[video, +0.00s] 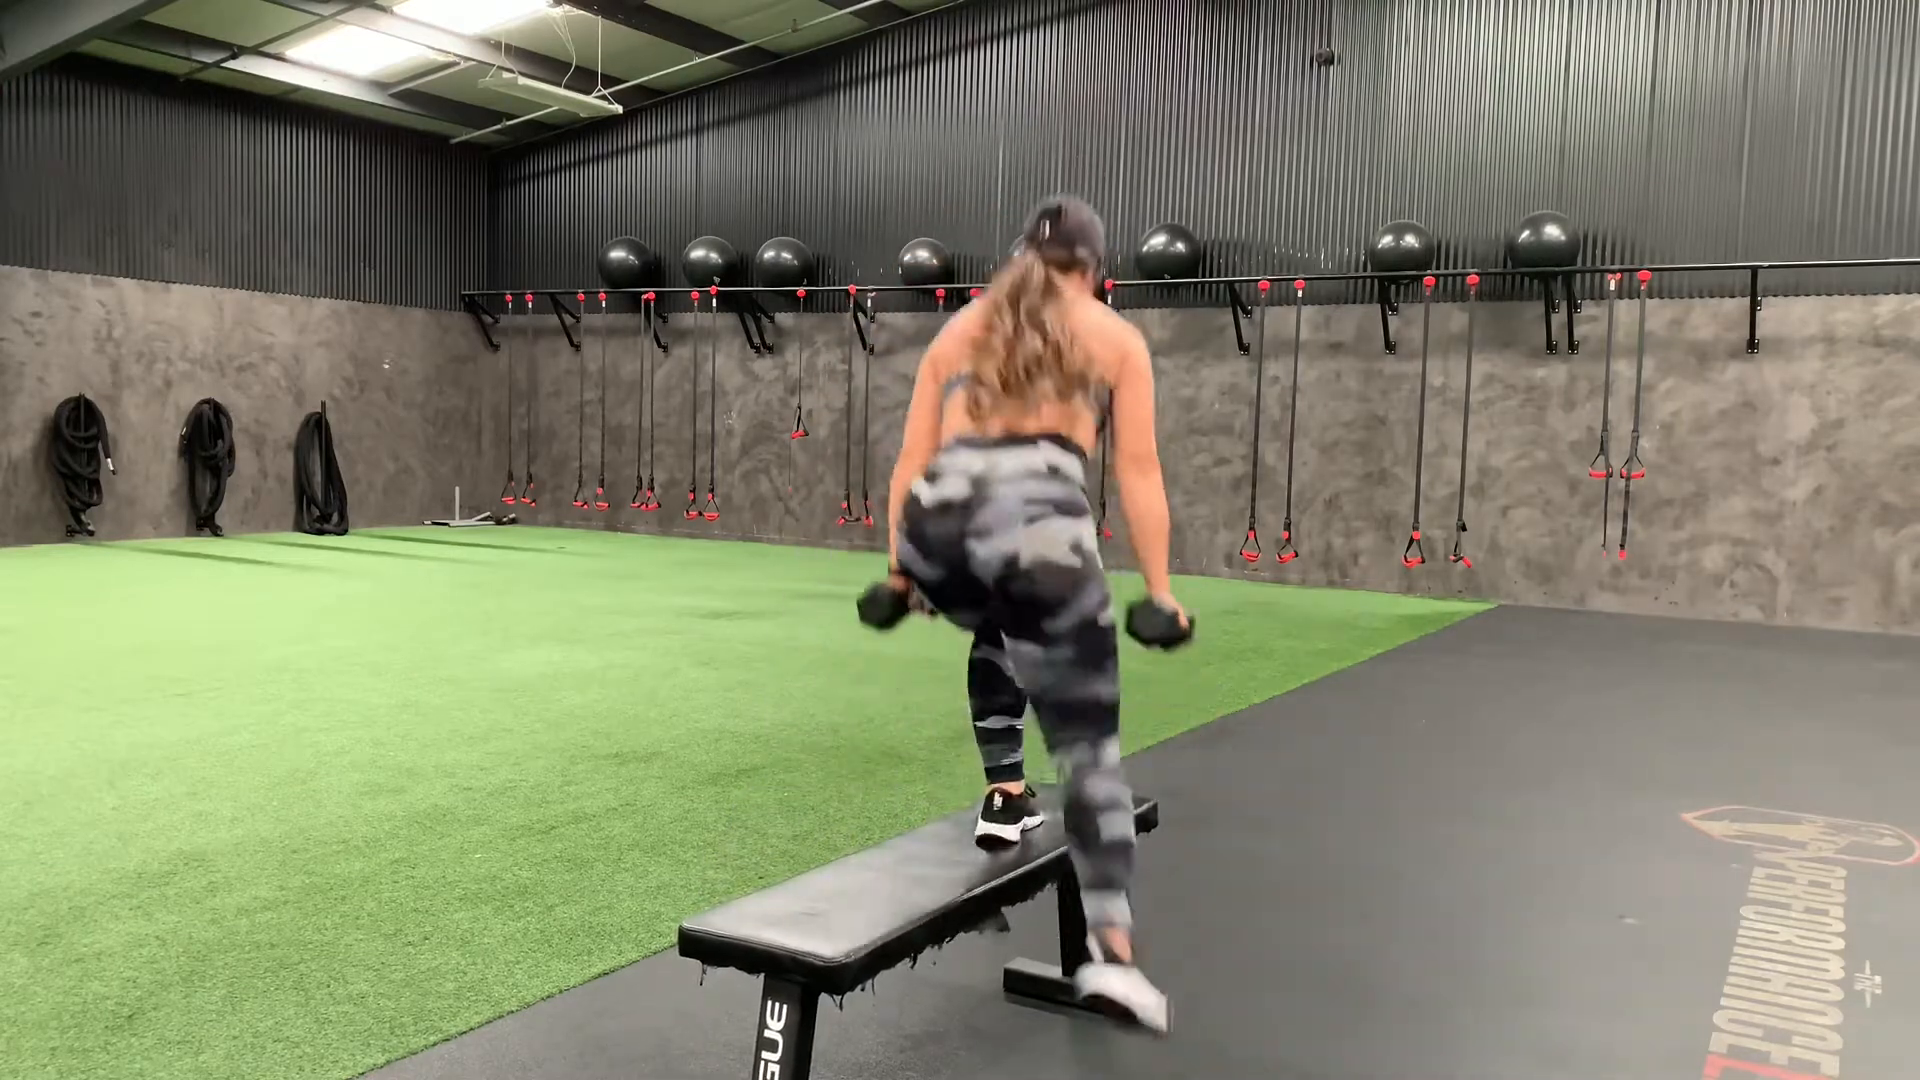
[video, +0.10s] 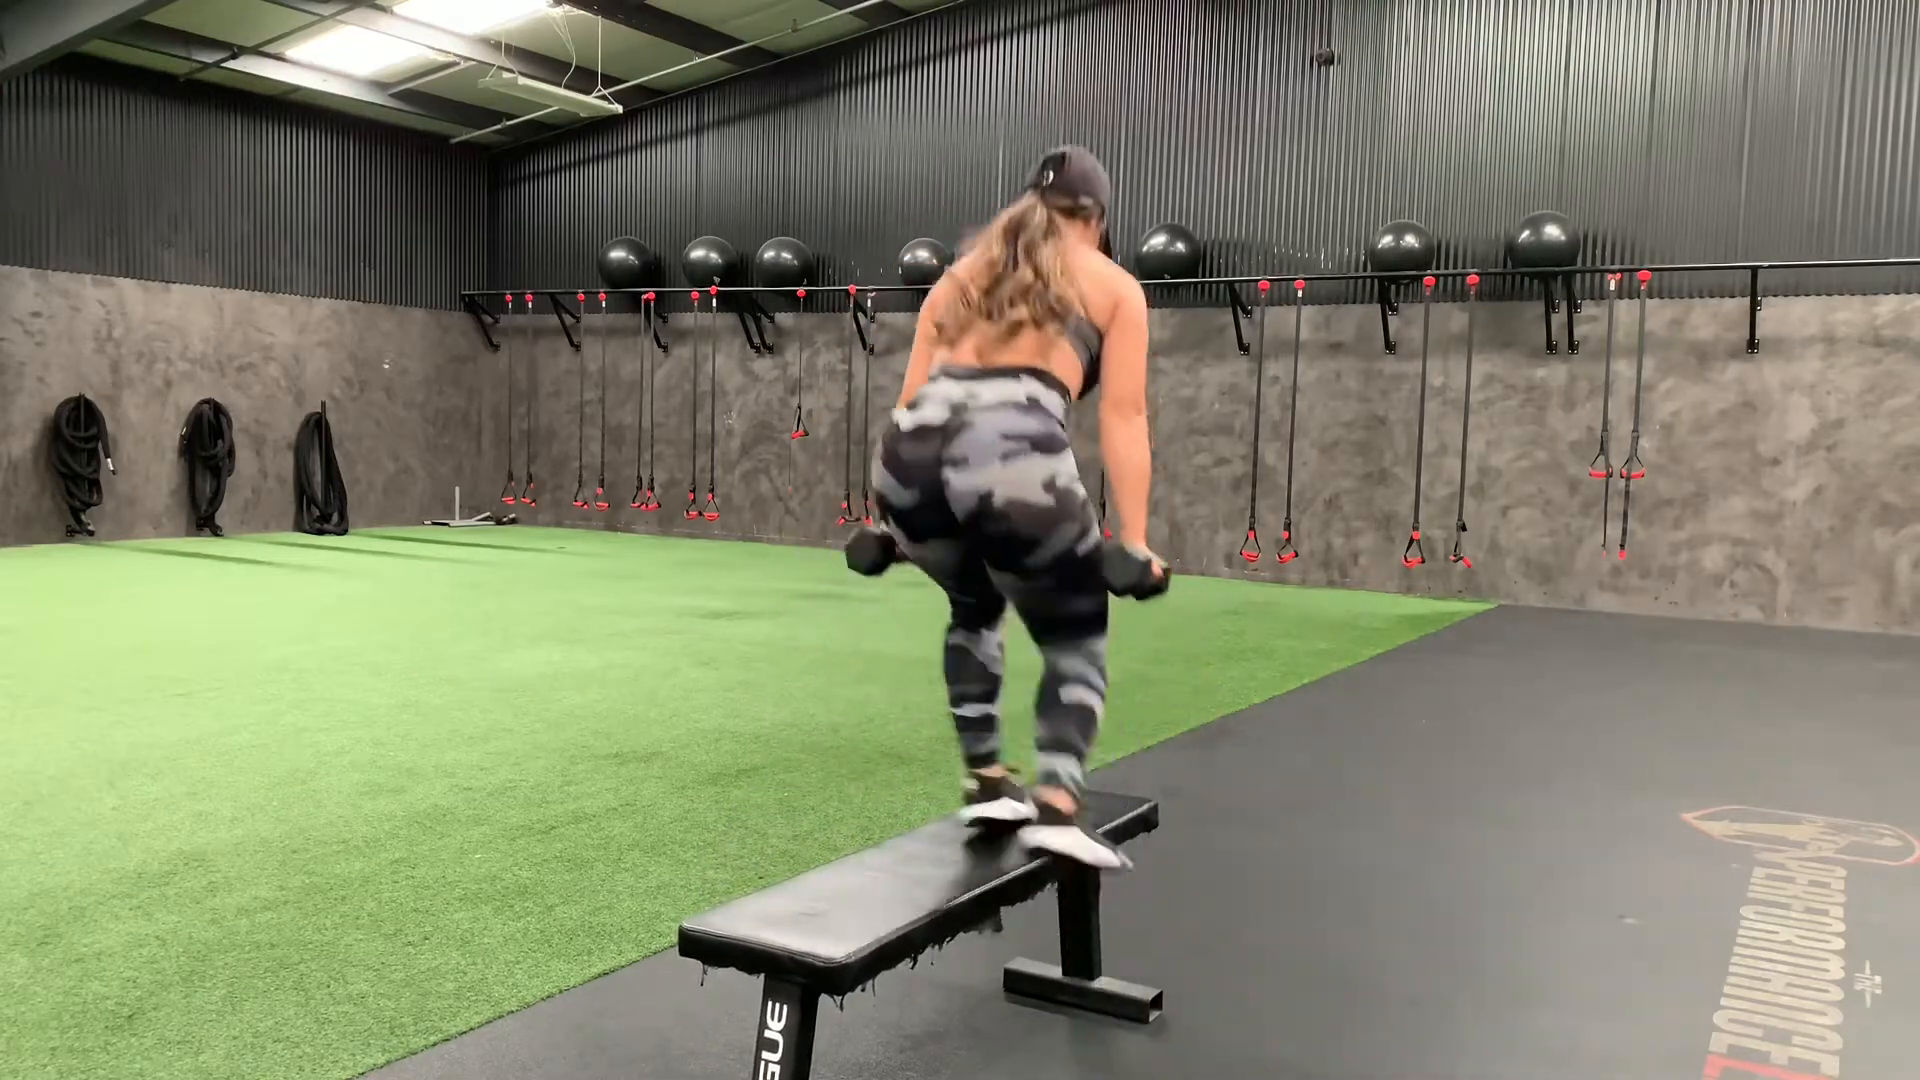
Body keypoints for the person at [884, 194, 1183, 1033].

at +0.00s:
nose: (1097, 285)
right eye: (1102, 273)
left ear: (1022, 257)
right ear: (1095, 270)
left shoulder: (958, 332)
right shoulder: (1117, 338)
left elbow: (915, 459)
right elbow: (1137, 469)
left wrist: (900, 567)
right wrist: (1158, 587)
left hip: (939, 519)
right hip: (1046, 519)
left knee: (990, 619)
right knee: (1088, 745)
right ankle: (1109, 944)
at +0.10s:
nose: (1099, 236)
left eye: (1095, 224)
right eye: (1099, 224)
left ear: (1027, 210)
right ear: (1091, 220)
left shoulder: (959, 274)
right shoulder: (1111, 284)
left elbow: (912, 399)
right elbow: (1124, 416)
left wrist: (886, 515)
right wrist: (1132, 537)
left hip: (914, 462)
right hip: (1018, 458)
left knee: (973, 606)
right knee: (1072, 636)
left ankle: (985, 778)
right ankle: (1056, 801)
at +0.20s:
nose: (1097, 233)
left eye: (1097, 221)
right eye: (1096, 220)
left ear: (1024, 205)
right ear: (1084, 212)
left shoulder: (959, 256)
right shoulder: (1102, 270)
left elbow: (904, 375)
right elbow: (1105, 400)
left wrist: (886, 502)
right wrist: (1110, 527)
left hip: (896, 425)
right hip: (997, 427)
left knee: (950, 587)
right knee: (1062, 594)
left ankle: (889, 759)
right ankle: (1004, 771)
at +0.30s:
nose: (1088, 267)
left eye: (1088, 256)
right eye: (1089, 255)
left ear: (1018, 235)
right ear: (1080, 246)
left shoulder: (951, 285)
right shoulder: (1090, 299)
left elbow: (902, 406)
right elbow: (1089, 431)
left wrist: (854, 531)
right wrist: (1090, 555)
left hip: (882, 464)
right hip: (983, 469)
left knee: (897, 646)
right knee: (1041, 622)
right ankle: (972, 796)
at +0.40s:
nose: (1081, 329)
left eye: (1079, 315)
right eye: (1080, 315)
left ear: (1007, 302)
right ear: (1073, 314)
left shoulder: (941, 356)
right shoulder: (1081, 377)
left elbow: (890, 479)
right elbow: (1073, 510)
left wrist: (836, 599)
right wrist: (1075, 636)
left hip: (862, 551)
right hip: (956, 554)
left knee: (833, 748)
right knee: (1050, 637)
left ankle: (747, 912)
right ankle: (974, 803)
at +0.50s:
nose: (1059, 412)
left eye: (1058, 400)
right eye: (1060, 400)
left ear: (990, 384)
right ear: (1047, 397)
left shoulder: (920, 443)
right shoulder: (1048, 465)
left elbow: (881, 577)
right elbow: (1053, 607)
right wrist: (1064, 736)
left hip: (842, 665)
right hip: (936, 671)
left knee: (813, 856)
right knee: (1038, 664)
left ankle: (700, 1022)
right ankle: (974, 803)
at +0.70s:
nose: (1080, 350)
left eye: (1079, 340)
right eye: (1081, 339)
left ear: (1008, 326)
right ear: (1071, 336)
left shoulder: (946, 385)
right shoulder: (1084, 405)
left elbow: (891, 494)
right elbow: (1088, 539)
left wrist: (834, 608)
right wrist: (1086, 666)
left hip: (855, 588)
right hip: (945, 598)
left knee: (814, 783)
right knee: (1061, 639)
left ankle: (730, 964)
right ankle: (977, 805)